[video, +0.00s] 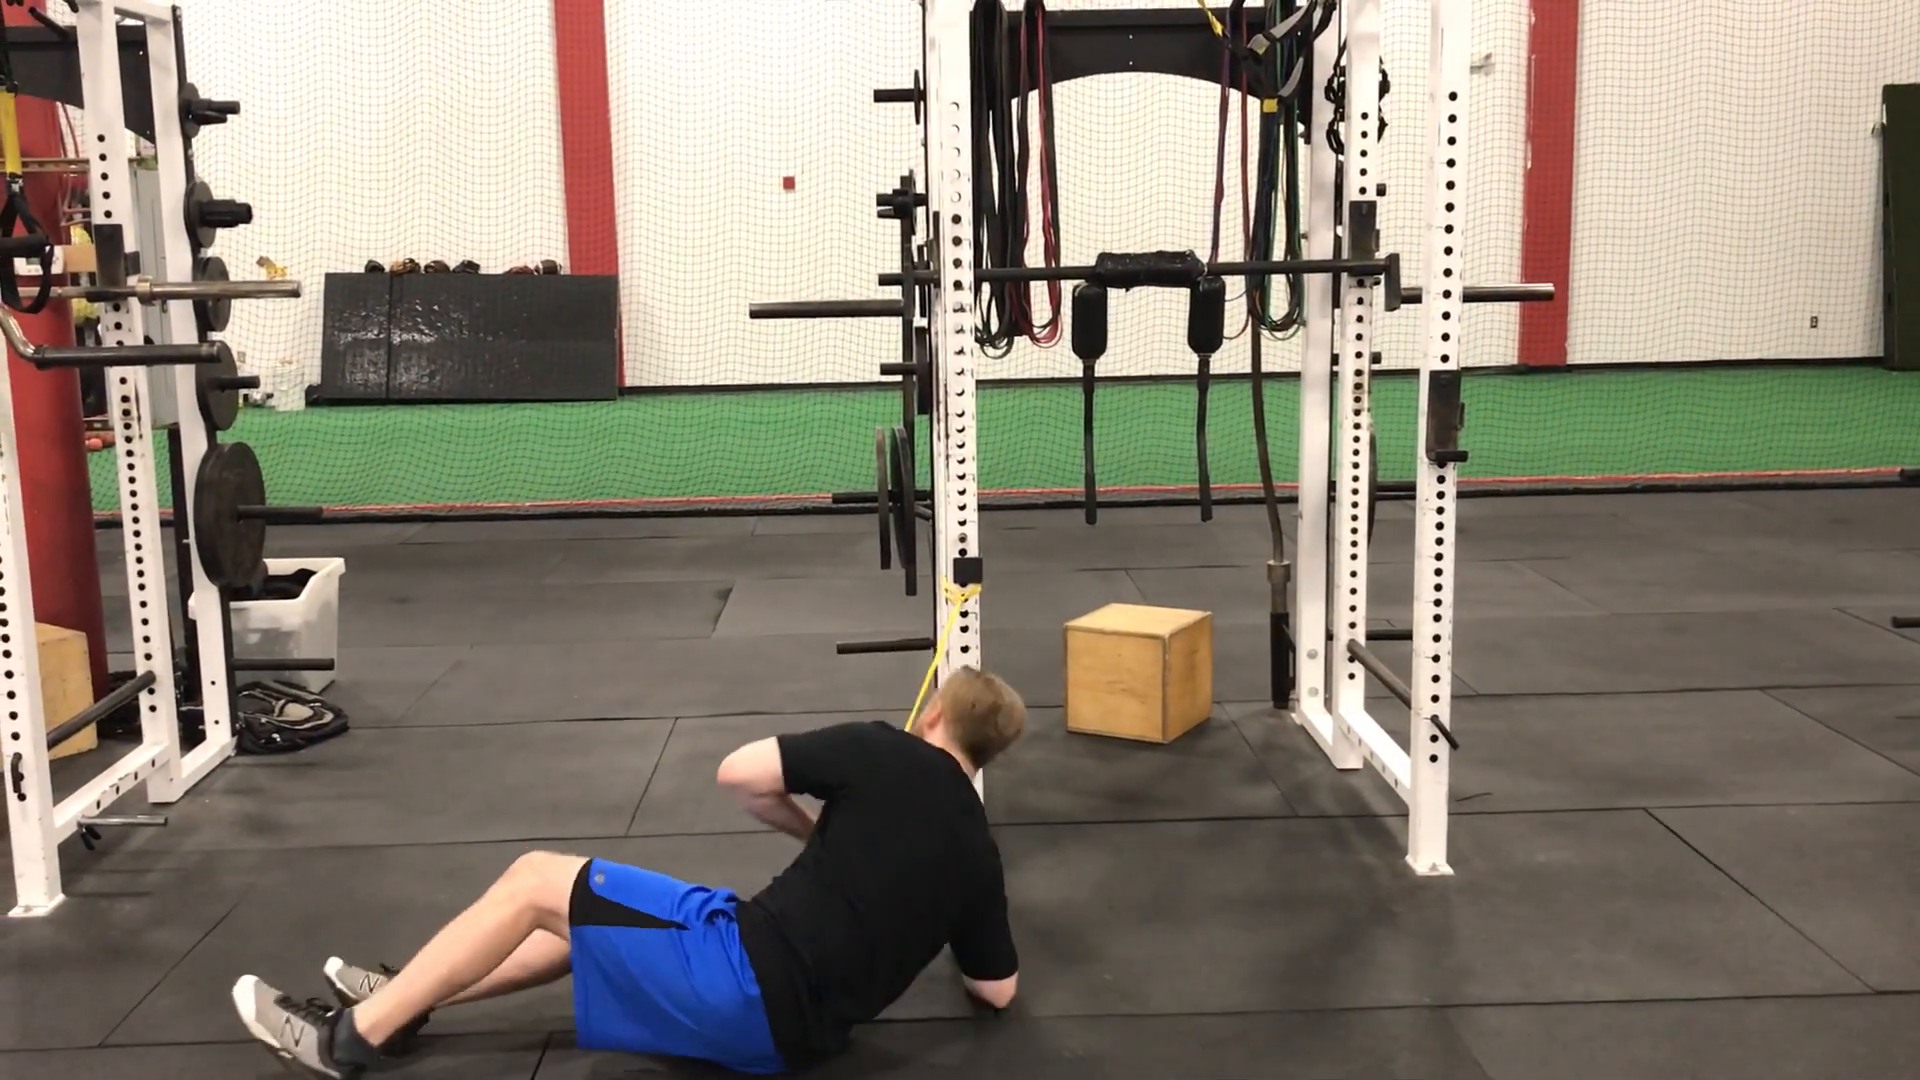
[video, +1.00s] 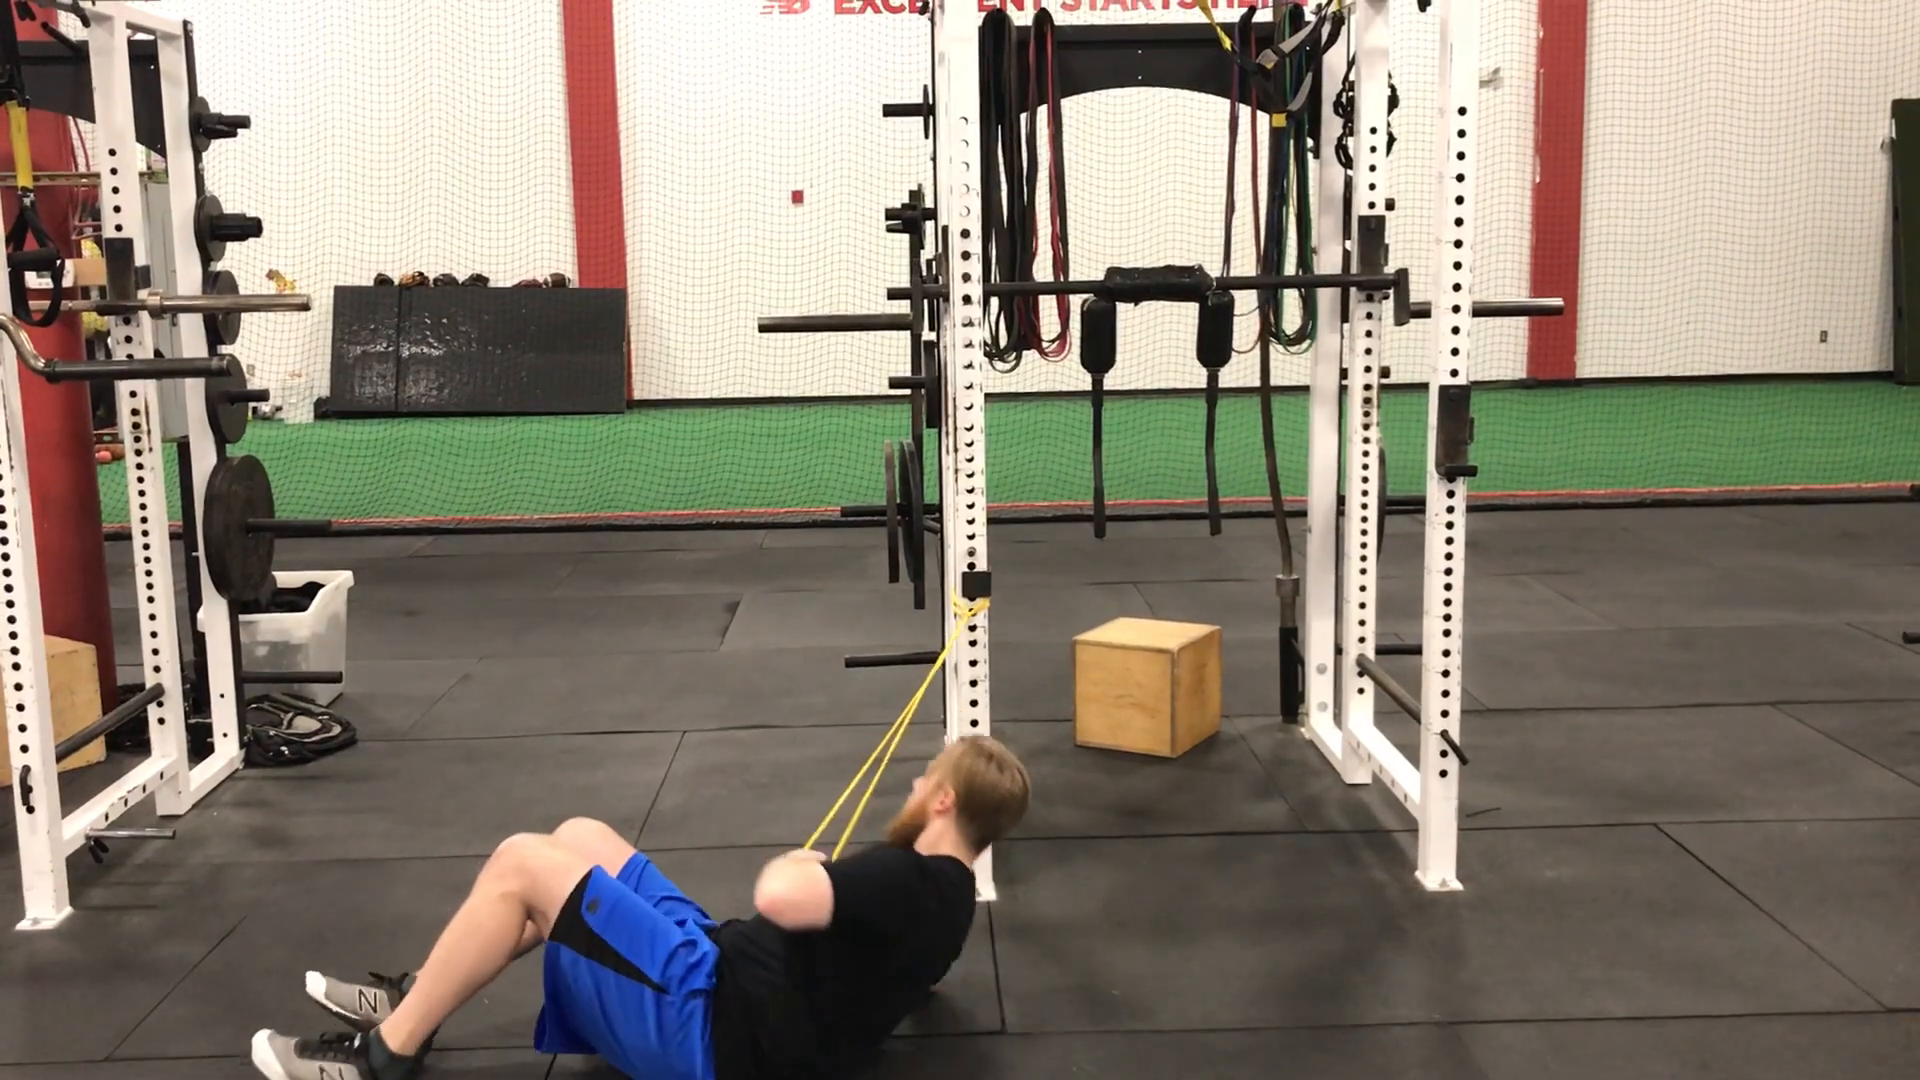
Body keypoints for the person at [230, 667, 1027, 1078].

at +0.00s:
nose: (914, 713)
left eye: (922, 706)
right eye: (928, 708)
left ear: (932, 718)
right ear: (992, 759)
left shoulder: (885, 755)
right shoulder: (982, 852)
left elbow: (743, 773)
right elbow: (997, 992)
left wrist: (818, 831)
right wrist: (950, 921)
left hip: (743, 957)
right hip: (782, 1022)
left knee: (538, 877)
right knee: (576, 930)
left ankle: (343, 1041)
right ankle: (398, 998)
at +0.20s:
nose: (922, 709)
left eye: (931, 704)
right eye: (938, 706)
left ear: (940, 717)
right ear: (995, 763)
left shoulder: (886, 739)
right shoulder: (978, 850)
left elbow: (753, 711)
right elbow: (1006, 994)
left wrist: (794, 799)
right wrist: (958, 928)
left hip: (745, 959)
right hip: (786, 1023)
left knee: (545, 862)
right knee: (578, 921)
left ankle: (383, 1053)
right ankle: (425, 999)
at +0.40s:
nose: (924, 717)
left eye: (932, 712)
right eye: (939, 715)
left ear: (938, 727)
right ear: (994, 784)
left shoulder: (875, 745)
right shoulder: (968, 883)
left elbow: (754, 691)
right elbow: (1011, 999)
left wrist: (789, 782)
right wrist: (963, 939)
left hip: (697, 966)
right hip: (747, 1026)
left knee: (497, 851)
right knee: (605, 845)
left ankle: (378, 1056)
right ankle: (426, 1001)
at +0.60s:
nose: (892, 741)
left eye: (901, 736)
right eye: (906, 735)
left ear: (909, 752)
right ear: (967, 797)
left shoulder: (854, 783)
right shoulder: (952, 900)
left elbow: (725, 742)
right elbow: (1009, 1001)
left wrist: (760, 809)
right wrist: (944, 936)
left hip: (671, 988)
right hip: (723, 1022)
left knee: (473, 858)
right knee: (572, 837)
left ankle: (363, 1058)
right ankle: (417, 1003)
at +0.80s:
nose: (877, 747)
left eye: (886, 738)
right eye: (889, 738)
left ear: (895, 754)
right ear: (959, 788)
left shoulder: (853, 820)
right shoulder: (947, 889)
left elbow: (714, 832)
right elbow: (966, 982)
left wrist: (755, 807)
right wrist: (892, 950)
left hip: (682, 1013)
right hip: (731, 1004)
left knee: (487, 863)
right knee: (582, 841)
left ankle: (366, 1064)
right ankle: (410, 1004)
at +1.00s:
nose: (918, 788)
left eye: (927, 780)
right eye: (928, 779)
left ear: (939, 800)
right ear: (985, 824)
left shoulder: (913, 883)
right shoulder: (948, 887)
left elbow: (779, 898)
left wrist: (811, 859)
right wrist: (820, 873)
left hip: (712, 1025)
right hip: (737, 986)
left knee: (521, 860)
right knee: (583, 840)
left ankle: (385, 1051)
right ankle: (419, 1001)